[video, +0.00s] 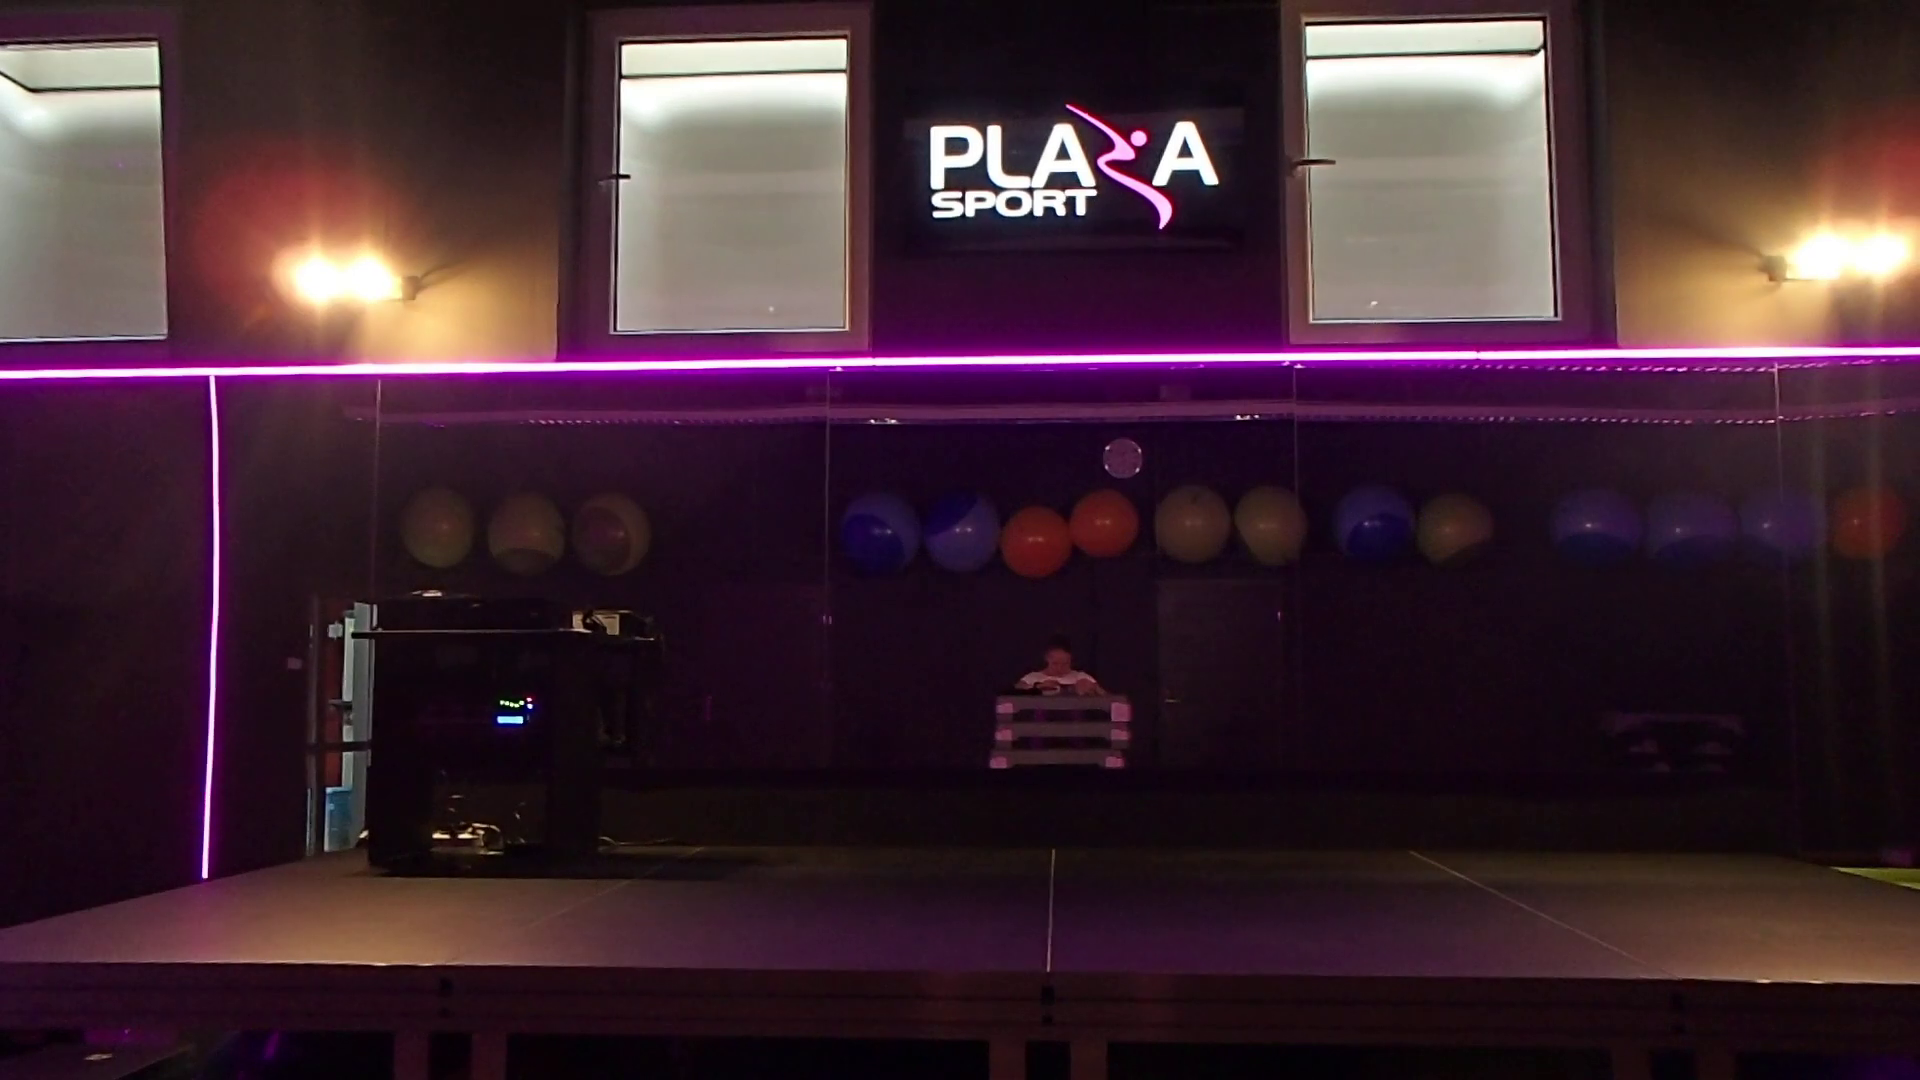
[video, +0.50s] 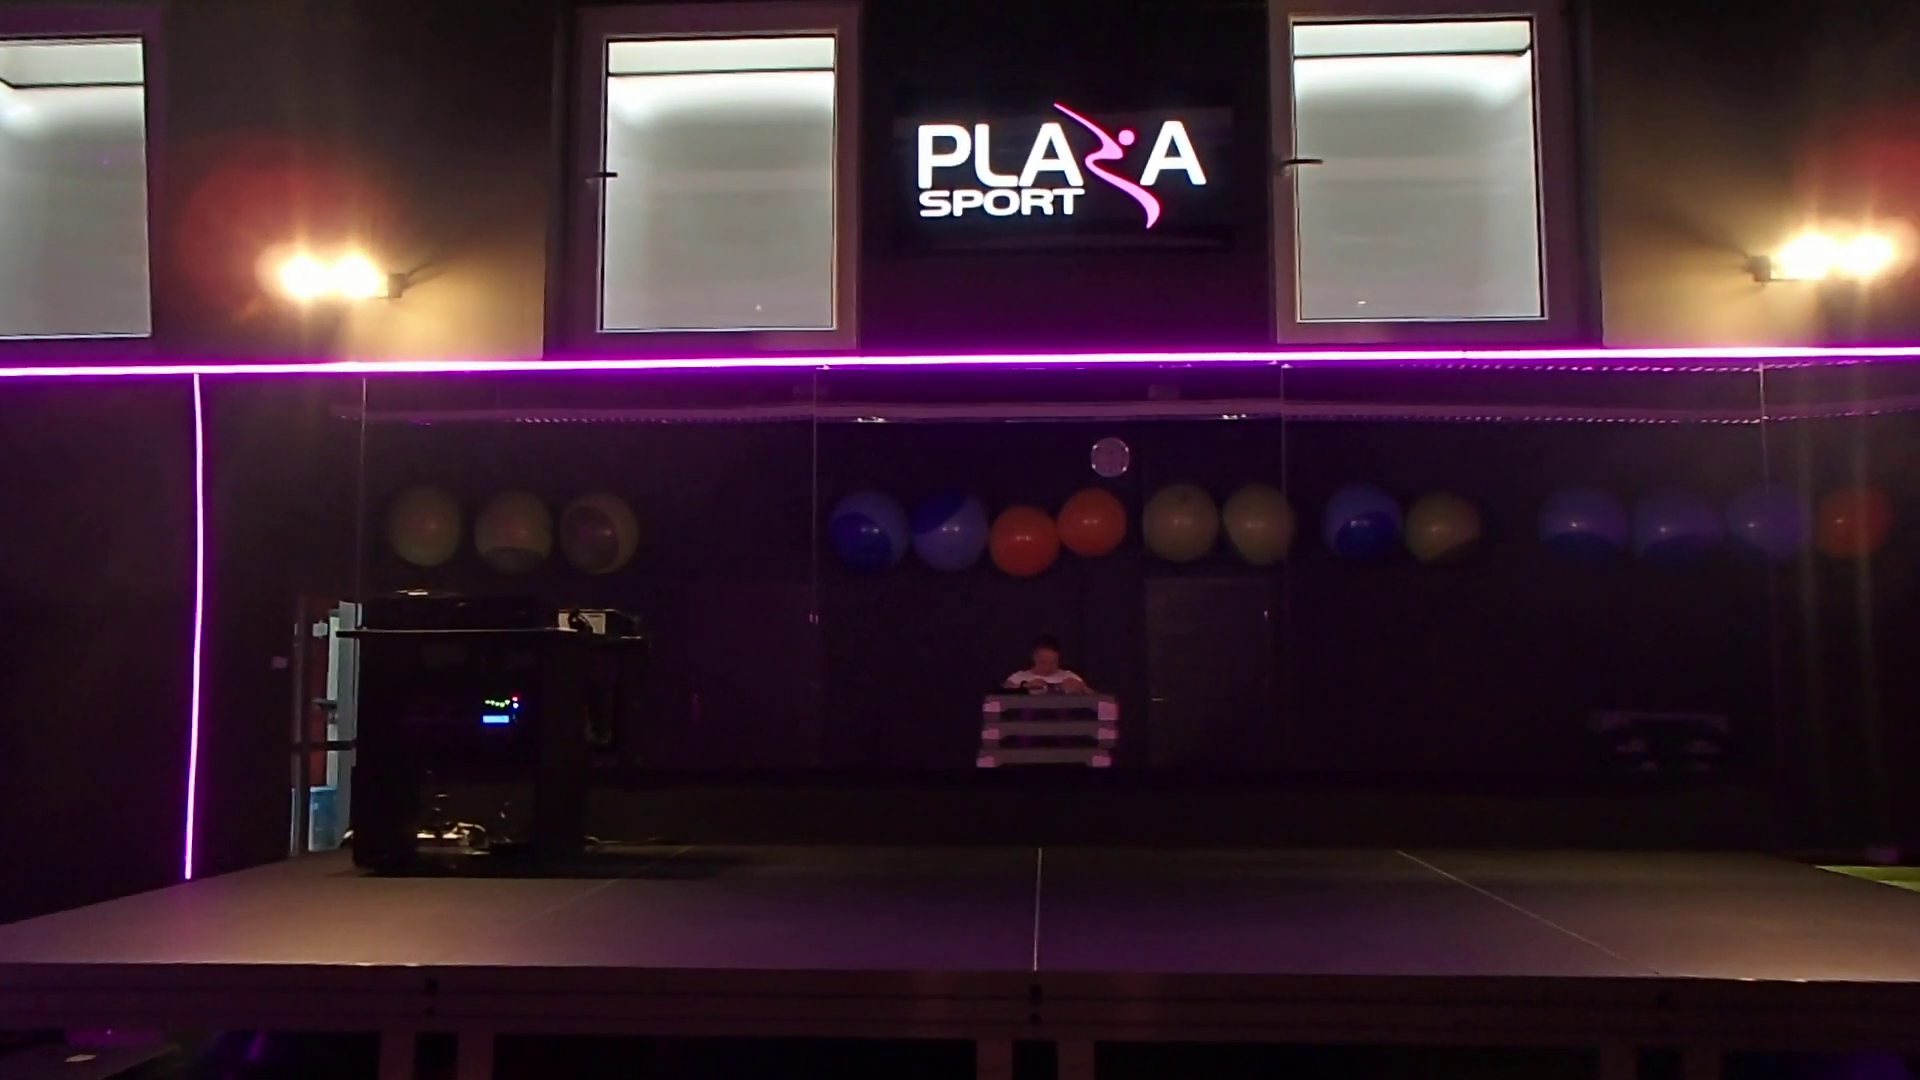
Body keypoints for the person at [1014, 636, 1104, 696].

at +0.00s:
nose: (1060, 668)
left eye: (1064, 663)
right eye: (1055, 663)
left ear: (1070, 661)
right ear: (1047, 660)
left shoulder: (1081, 678)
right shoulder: (1033, 678)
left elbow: (1106, 699)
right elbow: (1016, 693)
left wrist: (1092, 690)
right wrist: (1038, 687)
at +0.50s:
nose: (1047, 666)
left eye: (1052, 662)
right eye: (1042, 662)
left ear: (1058, 660)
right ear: (1034, 659)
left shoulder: (1068, 677)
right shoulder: (1020, 677)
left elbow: (1092, 697)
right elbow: (1004, 692)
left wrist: (1080, 689)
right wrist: (1025, 687)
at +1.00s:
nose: (1031, 666)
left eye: (1035, 661)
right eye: (1026, 661)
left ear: (1041, 660)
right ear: (1019, 659)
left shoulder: (1052, 677)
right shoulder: (1004, 676)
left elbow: (1077, 697)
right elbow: (987, 691)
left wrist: (1064, 689)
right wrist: (1010, 686)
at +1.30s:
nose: (1010, 668)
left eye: (1015, 664)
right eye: (1005, 663)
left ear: (1021, 663)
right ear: (998, 662)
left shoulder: (1032, 678)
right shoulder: (983, 678)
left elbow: (1057, 700)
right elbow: (966, 693)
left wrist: (1043, 689)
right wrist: (989, 687)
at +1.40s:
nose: (1003, 669)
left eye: (1007, 664)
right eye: (998, 664)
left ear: (1012, 664)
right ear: (990, 664)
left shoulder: (1024, 679)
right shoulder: (976, 679)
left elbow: (1049, 701)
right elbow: (958, 694)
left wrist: (1033, 690)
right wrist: (981, 688)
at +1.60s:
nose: (976, 673)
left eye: (980, 669)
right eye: (972, 669)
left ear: (986, 669)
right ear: (965, 669)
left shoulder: (998, 684)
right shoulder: (950, 684)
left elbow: (1022, 705)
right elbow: (934, 698)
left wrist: (1007, 695)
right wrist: (956, 694)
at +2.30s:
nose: (965, 672)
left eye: (969, 667)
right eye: (961, 668)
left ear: (975, 667)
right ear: (953, 668)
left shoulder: (987, 685)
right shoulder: (939, 685)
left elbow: (1011, 706)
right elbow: (922, 700)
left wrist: (998, 696)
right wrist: (943, 691)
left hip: (980, 724)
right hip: (947, 724)